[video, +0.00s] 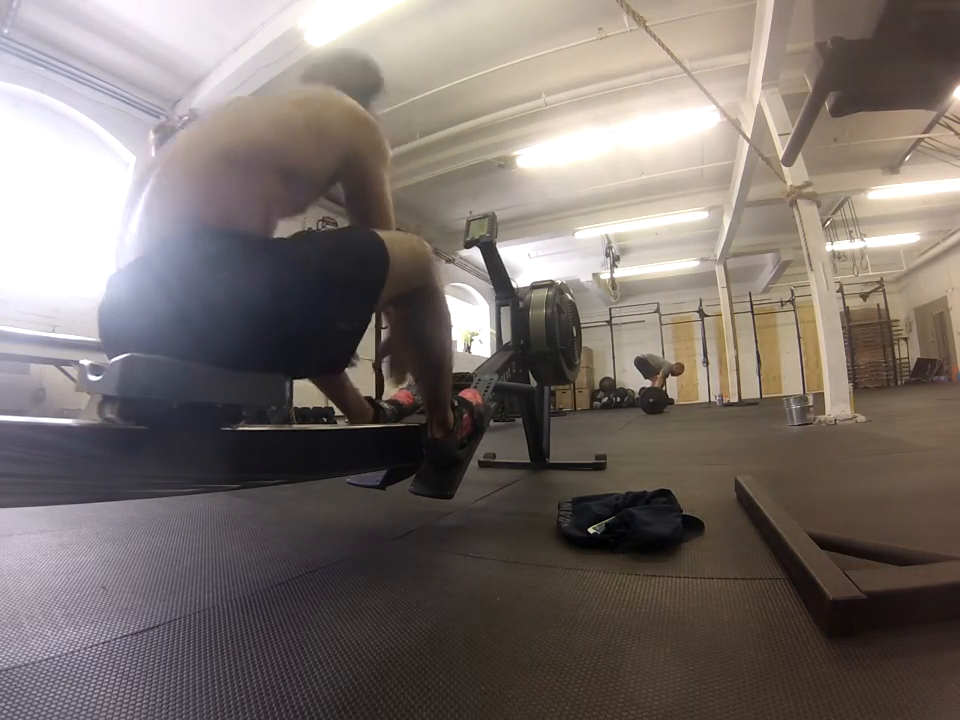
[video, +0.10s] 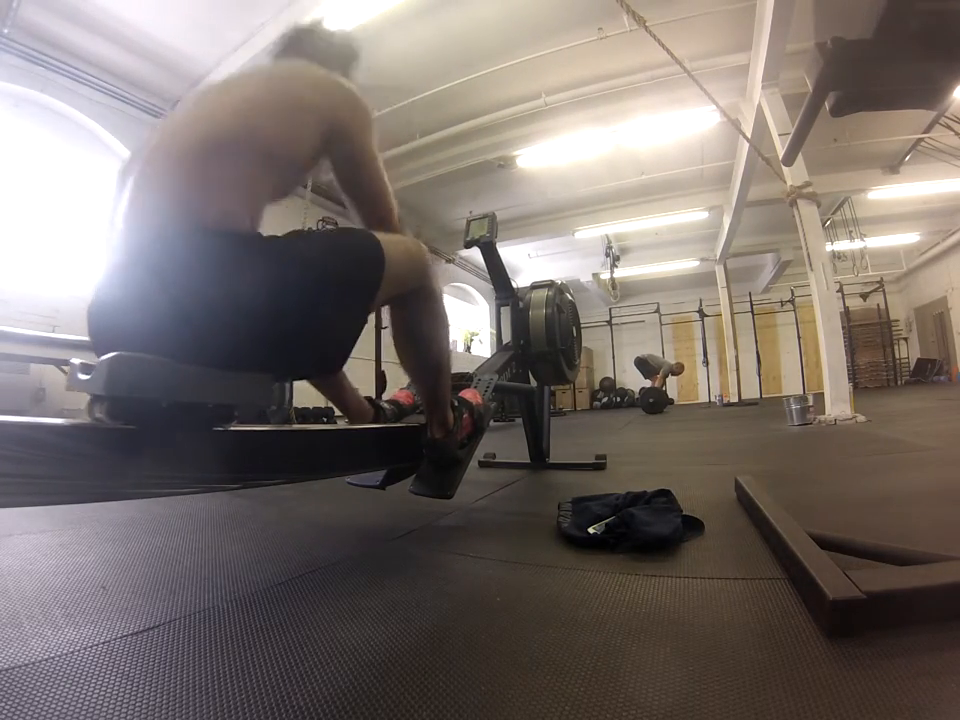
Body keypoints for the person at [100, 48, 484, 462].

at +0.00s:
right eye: (371, 105)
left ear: (307, 77)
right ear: (364, 96)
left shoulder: (239, 115)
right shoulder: (356, 125)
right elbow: (382, 257)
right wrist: (397, 335)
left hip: (126, 312)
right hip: (220, 298)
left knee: (288, 294)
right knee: (415, 263)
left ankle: (364, 418)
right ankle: (443, 426)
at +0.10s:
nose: (347, 92)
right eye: (350, 83)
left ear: (282, 56)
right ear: (338, 72)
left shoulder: (215, 95)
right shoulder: (336, 96)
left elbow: (125, 178)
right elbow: (384, 225)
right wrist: (393, 298)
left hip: (117, 309)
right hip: (212, 300)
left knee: (283, 291)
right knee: (412, 263)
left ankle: (364, 417)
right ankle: (443, 427)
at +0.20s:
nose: (328, 56)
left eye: (327, 48)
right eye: (325, 46)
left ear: (254, 29)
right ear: (315, 38)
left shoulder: (196, 76)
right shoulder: (308, 64)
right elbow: (392, 211)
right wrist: (431, 301)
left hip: (102, 305)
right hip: (195, 291)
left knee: (278, 287)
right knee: (412, 266)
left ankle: (364, 415)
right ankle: (444, 427)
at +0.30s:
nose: (311, 43)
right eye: (307, 31)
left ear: (236, 12)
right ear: (291, 15)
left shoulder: (174, 60)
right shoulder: (269, 37)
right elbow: (373, 183)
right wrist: (434, 254)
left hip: (85, 297)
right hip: (171, 279)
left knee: (279, 304)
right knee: (402, 275)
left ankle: (362, 414)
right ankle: (445, 426)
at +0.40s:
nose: (281, 40)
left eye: (282, 36)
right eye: (278, 29)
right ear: (257, 6)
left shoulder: (150, 47)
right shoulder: (225, 17)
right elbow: (318, 155)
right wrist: (418, 259)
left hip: (73, 286)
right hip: (142, 269)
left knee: (274, 309)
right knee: (389, 280)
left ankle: (367, 421)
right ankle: (445, 429)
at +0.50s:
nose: (243, 35)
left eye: (245, 32)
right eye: (240, 24)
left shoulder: (107, 48)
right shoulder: (184, 12)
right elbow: (210, 101)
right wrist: (302, 262)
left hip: (56, 286)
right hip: (129, 272)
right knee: (376, 289)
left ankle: (359, 413)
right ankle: (445, 428)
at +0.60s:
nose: (227, 29)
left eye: (226, 31)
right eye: (226, 23)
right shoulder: (178, 8)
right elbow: (121, 72)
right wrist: (194, 293)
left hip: (49, 261)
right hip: (117, 252)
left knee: (244, 310)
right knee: (360, 294)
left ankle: (358, 415)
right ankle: (445, 424)